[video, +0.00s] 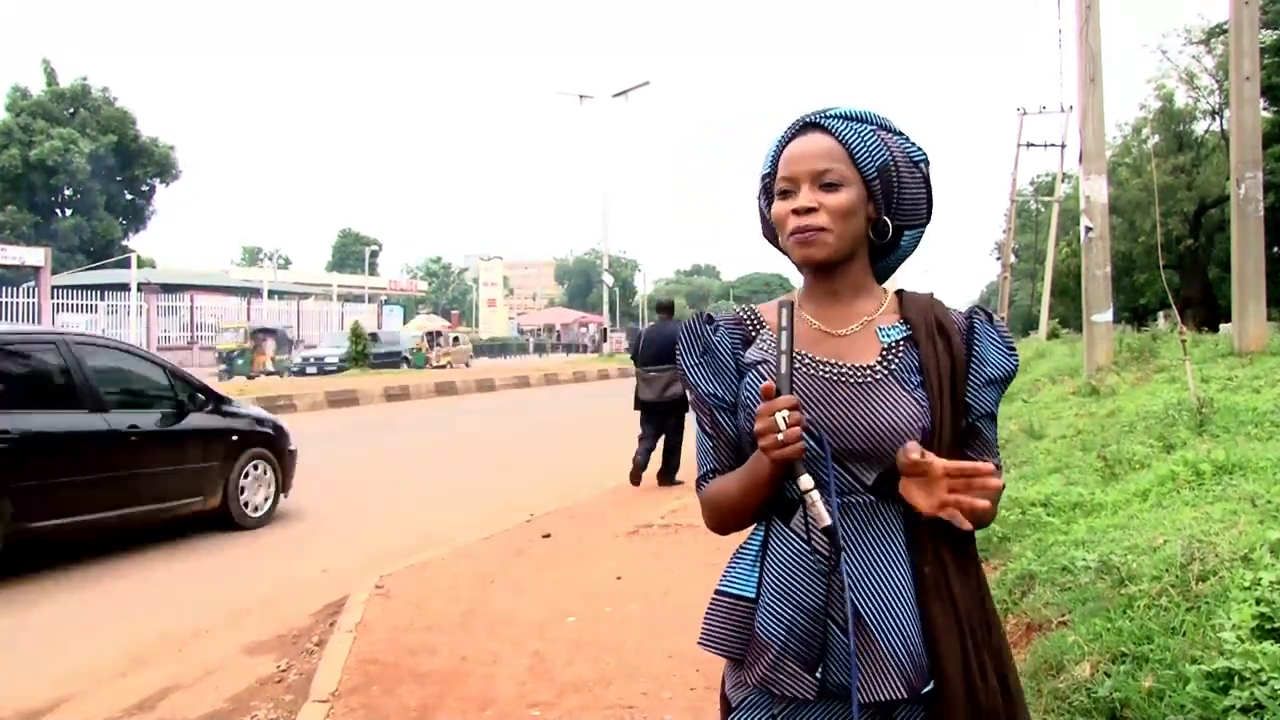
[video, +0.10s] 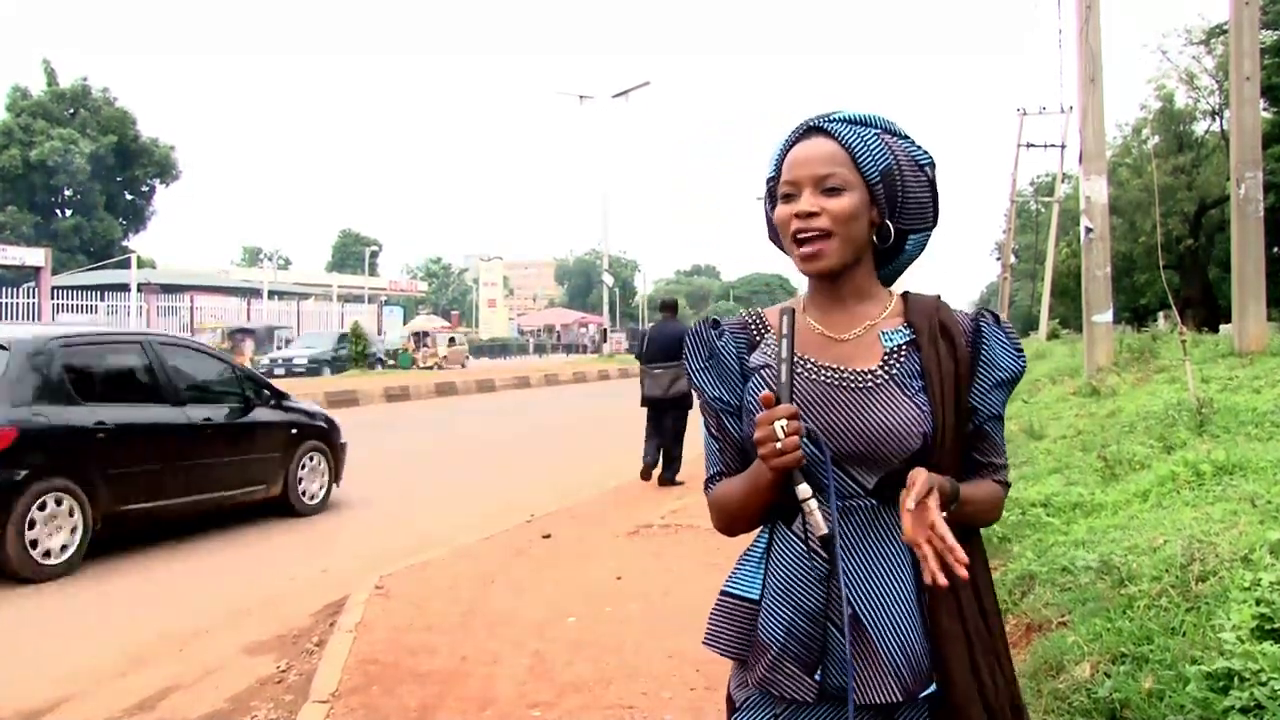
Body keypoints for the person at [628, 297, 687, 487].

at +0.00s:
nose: (666, 315)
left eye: (663, 311)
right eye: (669, 311)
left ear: (657, 312)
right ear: (673, 312)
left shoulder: (645, 333)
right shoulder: (681, 331)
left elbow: (635, 357)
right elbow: (689, 359)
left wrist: (645, 376)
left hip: (649, 389)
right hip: (675, 387)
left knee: (649, 429)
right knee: (674, 434)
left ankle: (640, 459)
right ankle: (667, 475)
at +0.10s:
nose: (669, 314)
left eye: (666, 311)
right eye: (672, 310)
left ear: (660, 311)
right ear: (677, 311)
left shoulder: (650, 332)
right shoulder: (685, 332)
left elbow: (641, 356)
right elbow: (692, 359)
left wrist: (647, 380)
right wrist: (693, 382)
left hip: (654, 388)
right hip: (679, 387)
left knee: (654, 427)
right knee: (675, 432)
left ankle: (649, 459)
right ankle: (668, 474)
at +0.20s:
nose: (672, 314)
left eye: (669, 311)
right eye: (675, 310)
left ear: (664, 312)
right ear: (680, 311)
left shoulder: (655, 333)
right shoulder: (688, 332)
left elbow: (647, 365)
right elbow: (696, 361)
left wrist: (646, 393)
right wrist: (700, 385)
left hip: (660, 387)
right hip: (684, 386)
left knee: (662, 426)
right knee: (678, 428)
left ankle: (663, 467)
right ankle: (668, 473)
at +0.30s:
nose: (677, 316)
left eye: (673, 313)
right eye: (679, 312)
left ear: (668, 314)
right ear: (683, 314)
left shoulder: (658, 334)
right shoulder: (692, 333)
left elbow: (651, 365)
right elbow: (700, 361)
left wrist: (648, 392)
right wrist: (703, 384)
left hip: (663, 387)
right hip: (686, 386)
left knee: (669, 429)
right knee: (679, 430)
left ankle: (677, 466)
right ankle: (666, 474)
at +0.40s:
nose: (678, 318)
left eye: (674, 315)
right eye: (681, 314)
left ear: (669, 316)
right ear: (685, 315)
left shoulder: (661, 336)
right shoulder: (694, 334)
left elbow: (654, 367)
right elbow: (703, 361)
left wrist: (652, 393)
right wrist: (706, 383)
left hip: (667, 385)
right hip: (690, 384)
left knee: (669, 427)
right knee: (682, 427)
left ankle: (681, 464)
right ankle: (670, 469)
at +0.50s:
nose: (682, 318)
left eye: (678, 315)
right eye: (684, 314)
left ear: (672, 316)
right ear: (688, 315)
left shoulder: (663, 337)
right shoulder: (697, 334)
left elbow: (658, 368)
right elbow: (705, 361)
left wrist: (657, 395)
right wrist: (710, 384)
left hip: (671, 385)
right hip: (693, 383)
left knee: (676, 425)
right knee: (687, 426)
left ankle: (676, 458)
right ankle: (678, 463)